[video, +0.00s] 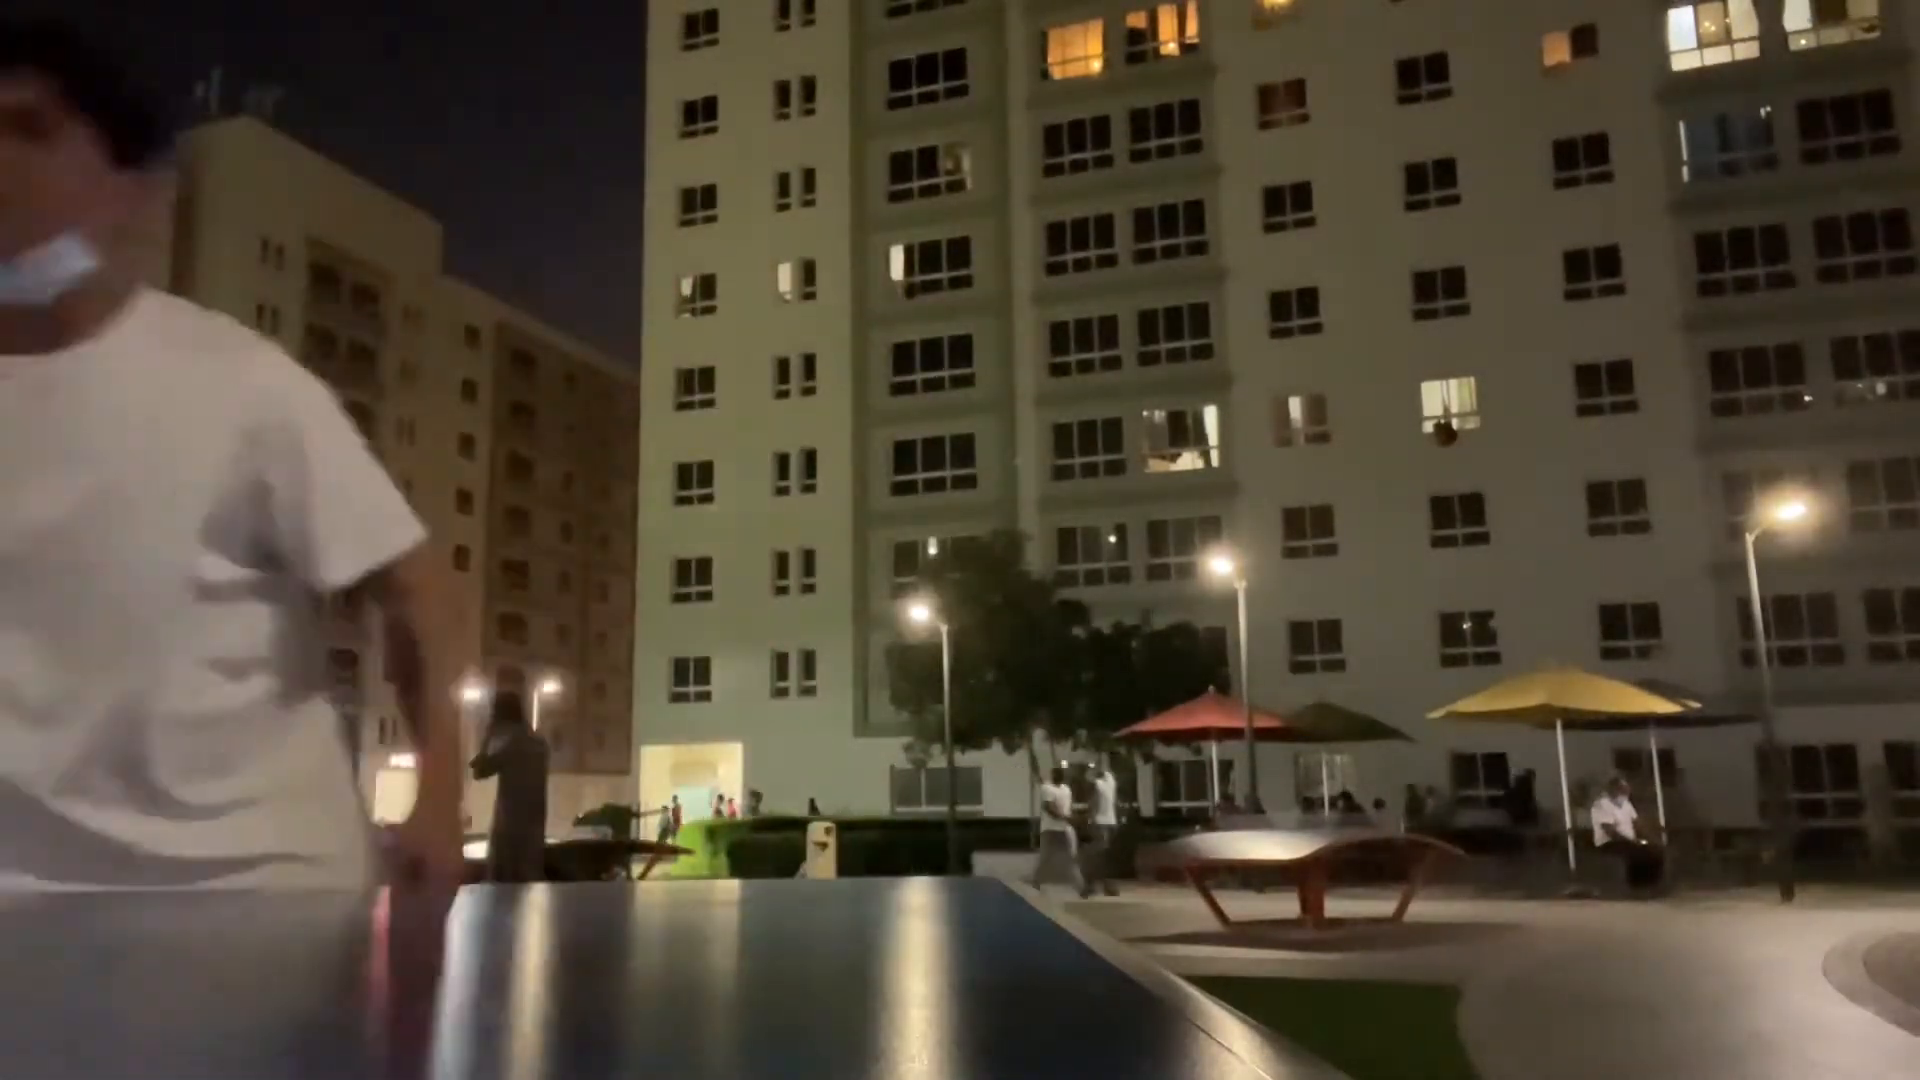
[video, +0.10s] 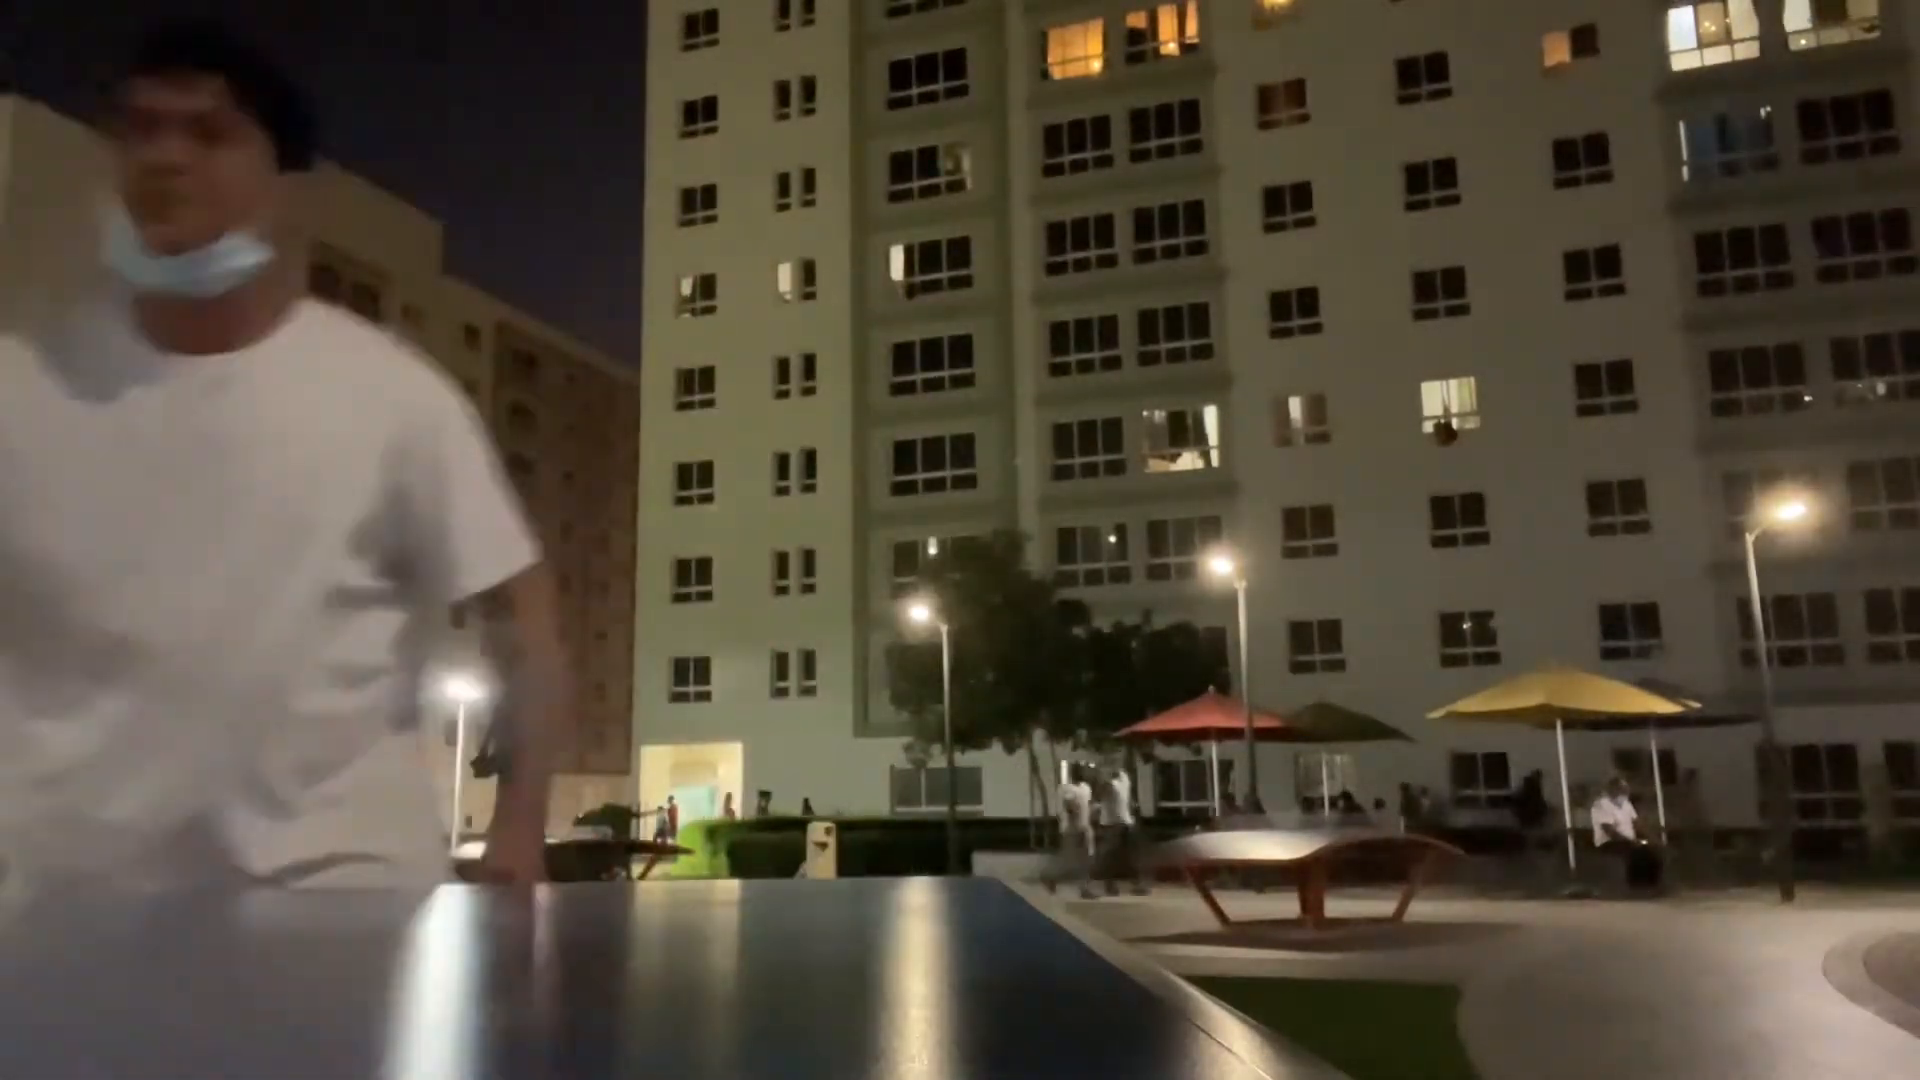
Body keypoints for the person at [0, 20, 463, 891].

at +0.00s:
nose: (4, 166)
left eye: (32, 129)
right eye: (5, 130)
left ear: (132, 180)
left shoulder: (240, 385)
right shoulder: (12, 376)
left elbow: (418, 588)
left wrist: (438, 804)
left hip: (259, 905)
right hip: (34, 907)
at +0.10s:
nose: (162, 158)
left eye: (206, 133)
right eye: (140, 129)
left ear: (283, 173)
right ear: (111, 155)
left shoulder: (392, 400)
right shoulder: (23, 388)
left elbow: (526, 621)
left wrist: (518, 835)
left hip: (327, 913)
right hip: (64, 908)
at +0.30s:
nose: (238, 151)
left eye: (281, 127)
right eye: (215, 123)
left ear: (369, 189)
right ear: (178, 161)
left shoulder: (468, 394)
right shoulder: (87, 382)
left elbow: (587, 603)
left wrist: (581, 810)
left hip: (394, 897)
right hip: (139, 894)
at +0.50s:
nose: (2, 161)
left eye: (37, 133)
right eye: (4, 128)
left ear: (136, 186)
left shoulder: (239, 387)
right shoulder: (13, 373)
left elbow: (407, 584)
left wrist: (423, 809)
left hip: (255, 890)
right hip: (40, 895)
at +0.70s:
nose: (132, 146)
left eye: (177, 122)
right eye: (106, 116)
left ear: (261, 174)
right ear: (73, 147)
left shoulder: (352, 390)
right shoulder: (20, 367)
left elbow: (501, 619)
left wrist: (490, 823)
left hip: (298, 922)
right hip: (46, 911)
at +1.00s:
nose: (74, 198)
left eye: (116, 162)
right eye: (60, 163)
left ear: (232, 196)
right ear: (39, 181)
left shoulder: (354, 399)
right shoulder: (22, 402)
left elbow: (515, 601)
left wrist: (523, 839)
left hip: (344, 928)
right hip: (97, 935)